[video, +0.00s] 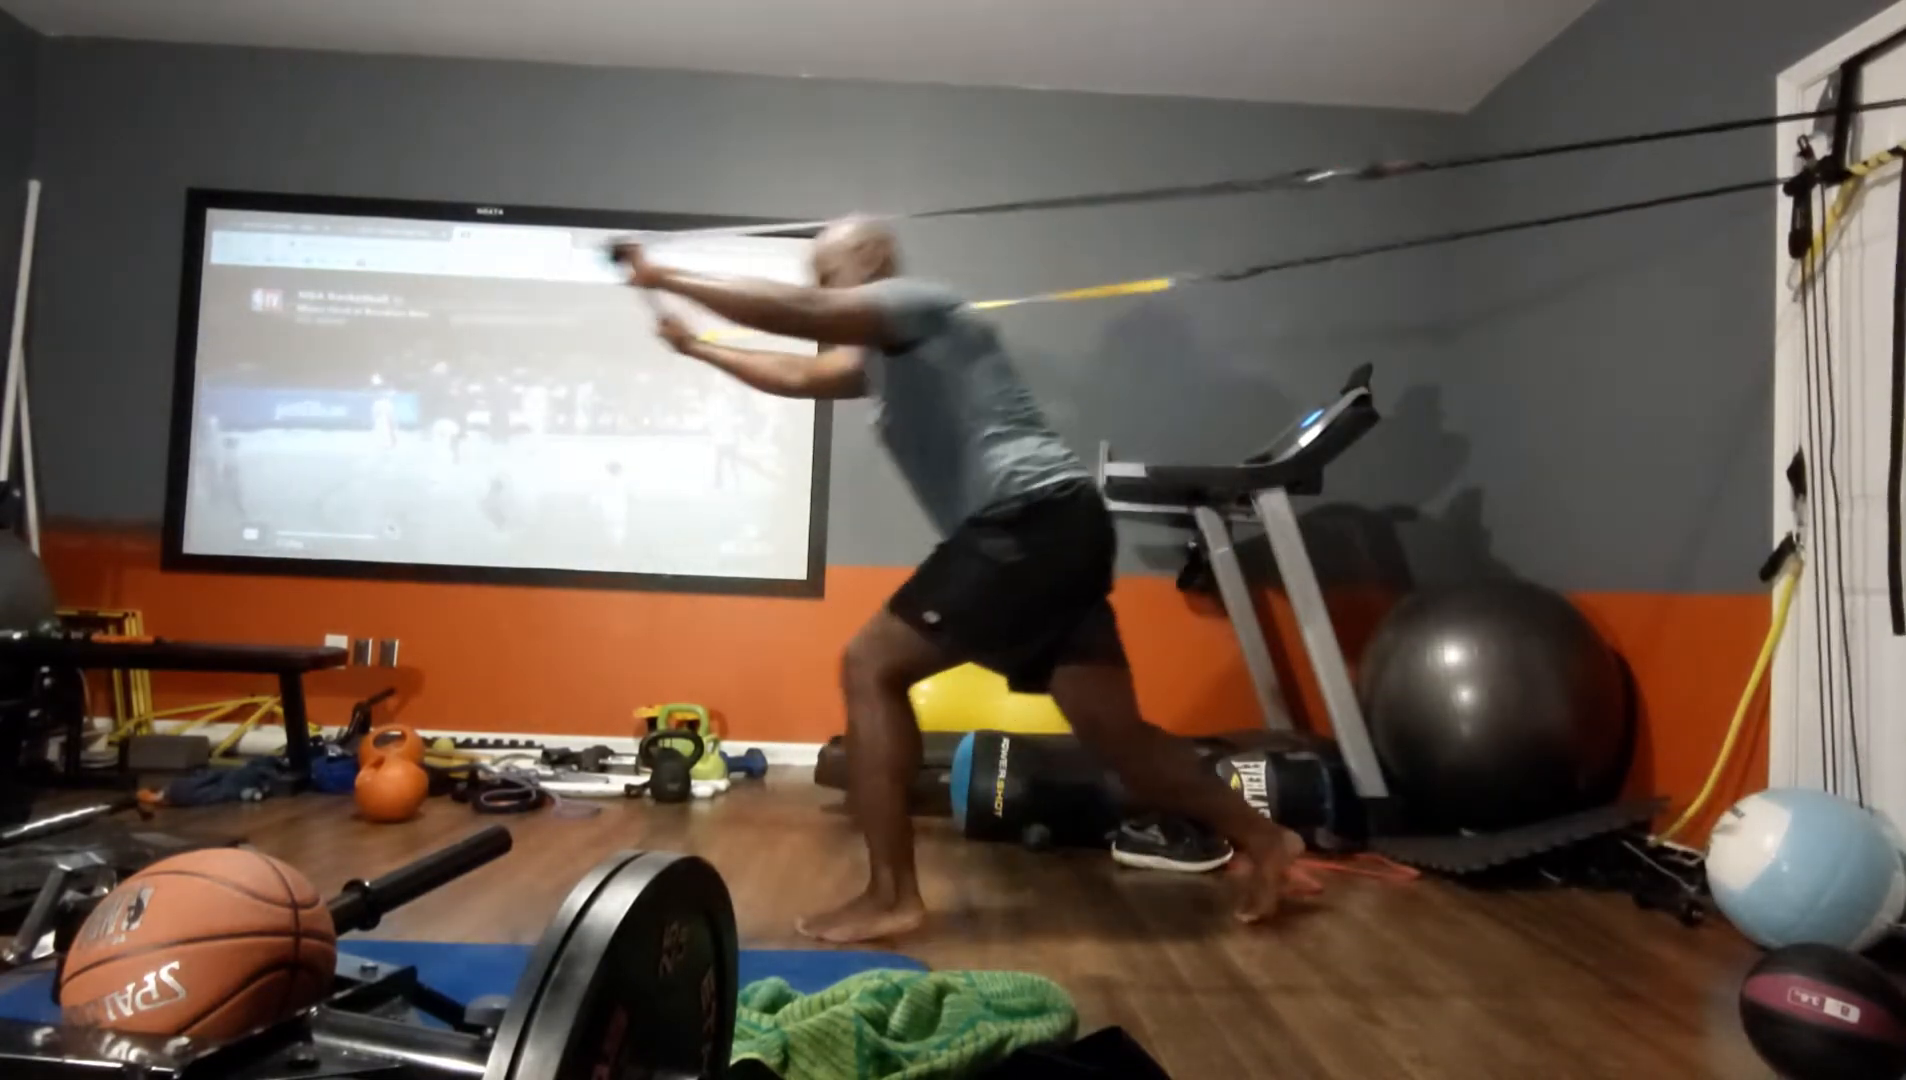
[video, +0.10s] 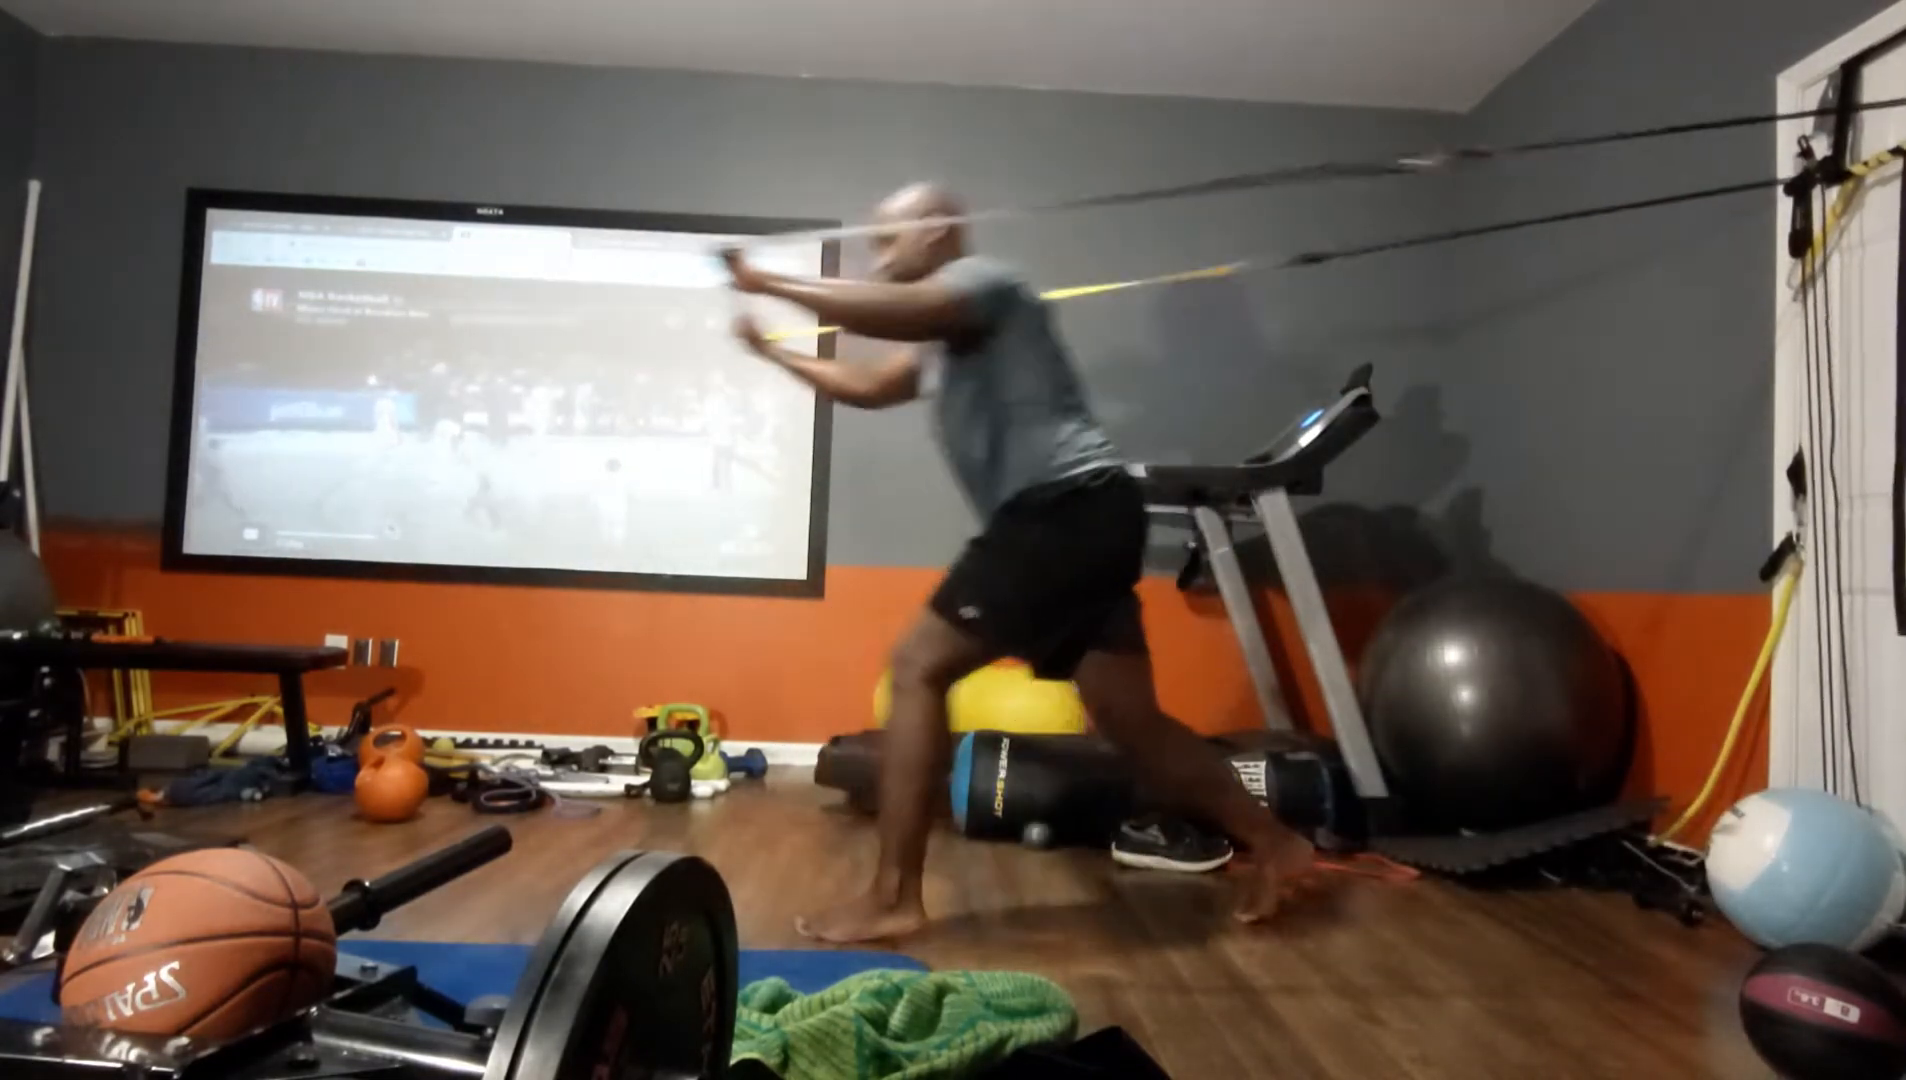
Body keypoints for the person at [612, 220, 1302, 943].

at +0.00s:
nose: (814, 277)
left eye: (824, 261)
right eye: (812, 269)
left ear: (874, 256)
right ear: (850, 280)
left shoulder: (926, 308)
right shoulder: (885, 364)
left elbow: (805, 309)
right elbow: (790, 374)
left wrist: (674, 276)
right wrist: (693, 340)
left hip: (1033, 521)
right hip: (1051, 530)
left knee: (869, 667)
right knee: (1120, 740)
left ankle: (890, 896)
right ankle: (1266, 845)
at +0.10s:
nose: (876, 255)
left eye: (889, 237)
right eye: (875, 241)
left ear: (940, 231)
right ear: (918, 240)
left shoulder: (987, 283)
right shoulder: (943, 332)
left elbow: (893, 310)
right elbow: (869, 386)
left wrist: (768, 282)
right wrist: (770, 349)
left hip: (1066, 513)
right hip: (1077, 520)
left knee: (916, 665)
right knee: (1130, 722)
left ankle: (892, 895)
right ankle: (1280, 851)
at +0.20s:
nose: (942, 227)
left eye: (955, 210)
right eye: (941, 217)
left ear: (1006, 210)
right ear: (966, 227)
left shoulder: (1054, 265)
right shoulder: (1002, 326)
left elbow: (1016, 319)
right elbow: (948, 394)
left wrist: (882, 289)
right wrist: (852, 346)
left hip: (1106, 496)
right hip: (1107, 505)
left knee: (980, 673)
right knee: (1160, 706)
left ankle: (899, 884)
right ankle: (1288, 854)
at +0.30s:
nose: (995, 220)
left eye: (1008, 202)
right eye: (996, 205)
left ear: (1056, 202)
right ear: (1043, 207)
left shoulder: (1097, 254)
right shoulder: (1056, 299)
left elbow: (1126, 325)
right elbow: (1034, 406)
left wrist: (992, 312)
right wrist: (945, 368)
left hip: (1146, 490)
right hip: (1147, 496)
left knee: (1031, 675)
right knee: (1183, 705)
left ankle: (968, 889)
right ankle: (1297, 858)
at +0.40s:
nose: (1031, 214)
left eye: (1045, 197)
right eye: (1032, 200)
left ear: (1095, 201)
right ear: (1084, 205)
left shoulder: (1133, 257)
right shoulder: (1094, 298)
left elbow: (1202, 332)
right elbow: (1094, 413)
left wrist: (1079, 334)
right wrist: (1019, 388)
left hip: (1183, 488)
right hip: (1175, 493)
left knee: (1072, 670)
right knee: (1194, 699)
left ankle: (1087, 889)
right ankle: (1301, 862)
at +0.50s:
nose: (1060, 207)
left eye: (1074, 190)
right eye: (1061, 194)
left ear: (1123, 193)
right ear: (1115, 198)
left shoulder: (1165, 250)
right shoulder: (1123, 291)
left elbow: (1254, 329)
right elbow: (1150, 409)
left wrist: (1140, 346)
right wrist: (1070, 401)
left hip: (1212, 482)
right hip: (1219, 485)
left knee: (1123, 674)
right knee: (1213, 694)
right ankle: (1304, 859)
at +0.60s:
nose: (1087, 199)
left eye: (1100, 181)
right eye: (1088, 185)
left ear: (1149, 187)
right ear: (1133, 195)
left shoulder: (1193, 244)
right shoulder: (1150, 283)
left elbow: (1287, 320)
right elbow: (1186, 393)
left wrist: (1181, 347)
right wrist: (1113, 406)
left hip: (1245, 477)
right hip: (1221, 483)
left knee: (1185, 681)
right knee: (1225, 690)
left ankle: (1332, 852)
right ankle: (1312, 858)